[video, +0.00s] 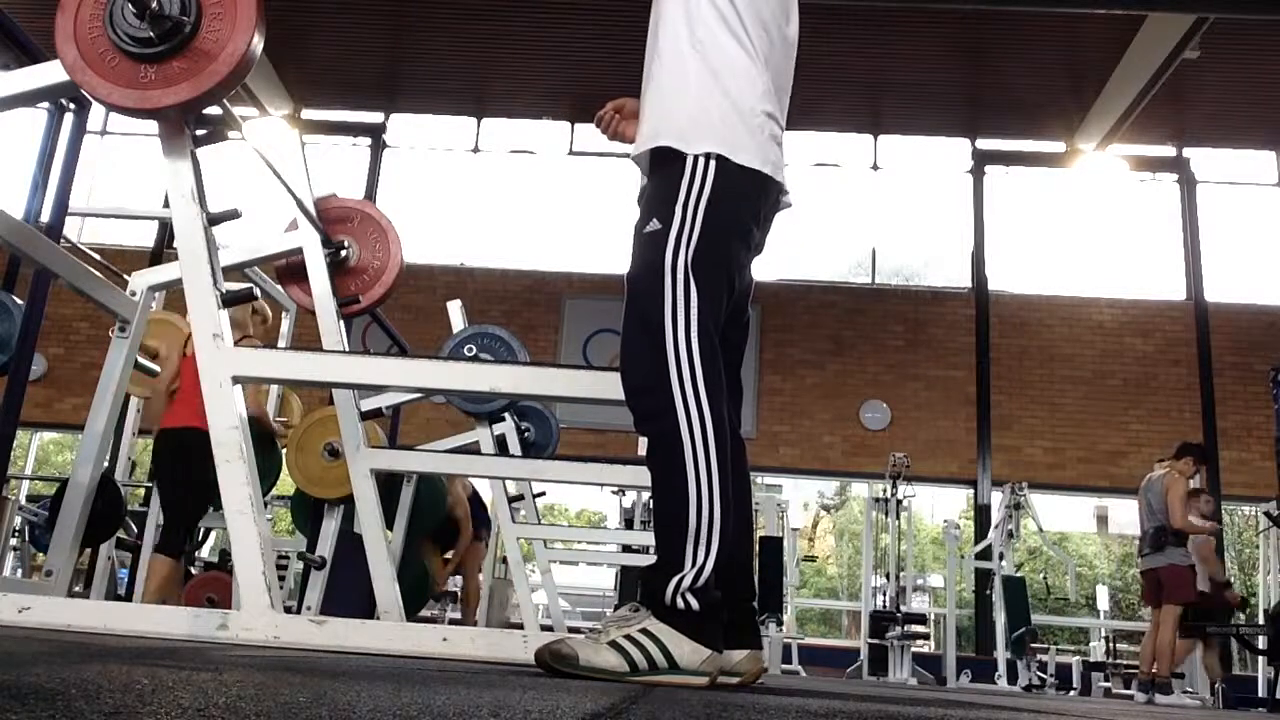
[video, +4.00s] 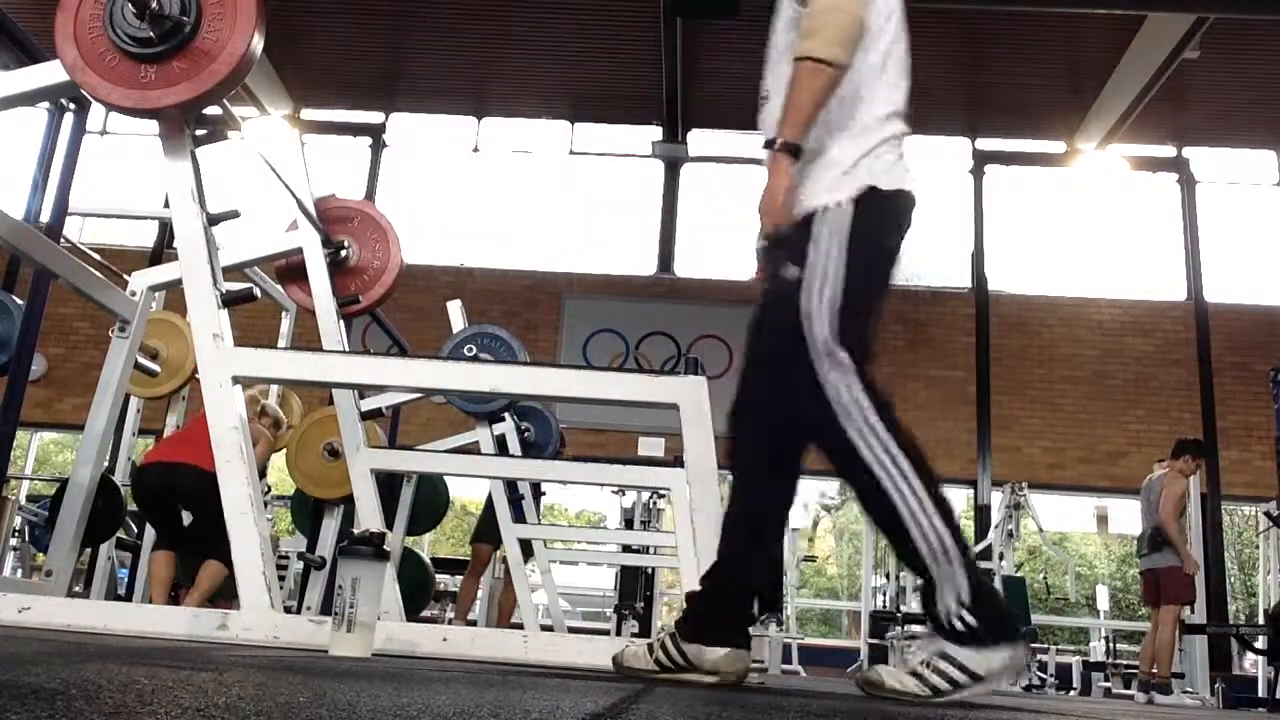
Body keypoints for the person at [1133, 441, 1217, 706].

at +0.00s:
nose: (1193, 475)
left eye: (1196, 472)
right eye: (1195, 470)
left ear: (1178, 459)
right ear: (1188, 462)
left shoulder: (1148, 480)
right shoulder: (1176, 479)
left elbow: (1149, 523)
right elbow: (1178, 522)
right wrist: (1208, 528)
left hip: (1148, 561)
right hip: (1173, 561)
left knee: (1156, 624)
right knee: (1168, 625)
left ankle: (1143, 685)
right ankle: (1163, 688)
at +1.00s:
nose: (1191, 475)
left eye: (1194, 470)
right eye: (1193, 469)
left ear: (1174, 459)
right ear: (1184, 461)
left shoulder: (1145, 480)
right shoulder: (1173, 480)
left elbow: (1146, 524)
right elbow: (1177, 523)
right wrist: (1206, 530)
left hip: (1149, 564)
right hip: (1173, 562)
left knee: (1155, 625)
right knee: (1169, 625)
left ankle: (1143, 685)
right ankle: (1164, 688)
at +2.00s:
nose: (1190, 475)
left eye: (1193, 471)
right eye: (1191, 469)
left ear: (1174, 459)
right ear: (1181, 461)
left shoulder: (1143, 480)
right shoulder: (1172, 480)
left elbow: (1143, 526)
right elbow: (1173, 519)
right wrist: (1203, 539)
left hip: (1148, 563)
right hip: (1172, 561)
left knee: (1157, 623)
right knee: (1169, 623)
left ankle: (1143, 684)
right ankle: (1163, 687)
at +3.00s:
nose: (1192, 469)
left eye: (1194, 464)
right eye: (1193, 463)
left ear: (1172, 457)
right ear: (1183, 458)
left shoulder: (1146, 480)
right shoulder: (1175, 480)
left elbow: (1147, 523)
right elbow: (1171, 519)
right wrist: (1187, 551)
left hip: (1148, 562)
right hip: (1170, 560)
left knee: (1155, 624)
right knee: (1168, 625)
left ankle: (1143, 685)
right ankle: (1163, 687)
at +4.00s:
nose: (1196, 472)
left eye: (1198, 467)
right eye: (1196, 466)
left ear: (1177, 459)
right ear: (1185, 459)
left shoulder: (1150, 480)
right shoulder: (1176, 480)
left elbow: (1151, 522)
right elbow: (1166, 517)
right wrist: (1185, 556)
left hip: (1149, 562)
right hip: (1170, 561)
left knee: (1156, 624)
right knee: (1167, 625)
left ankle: (1143, 684)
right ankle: (1163, 687)